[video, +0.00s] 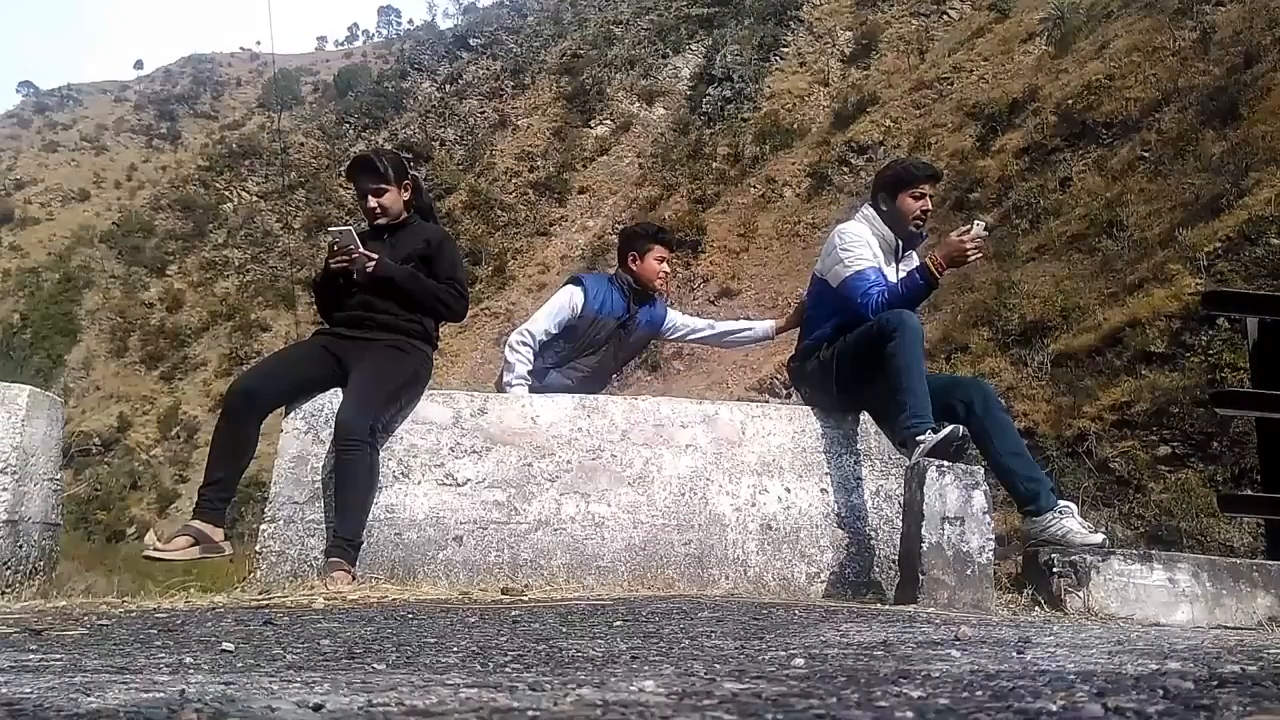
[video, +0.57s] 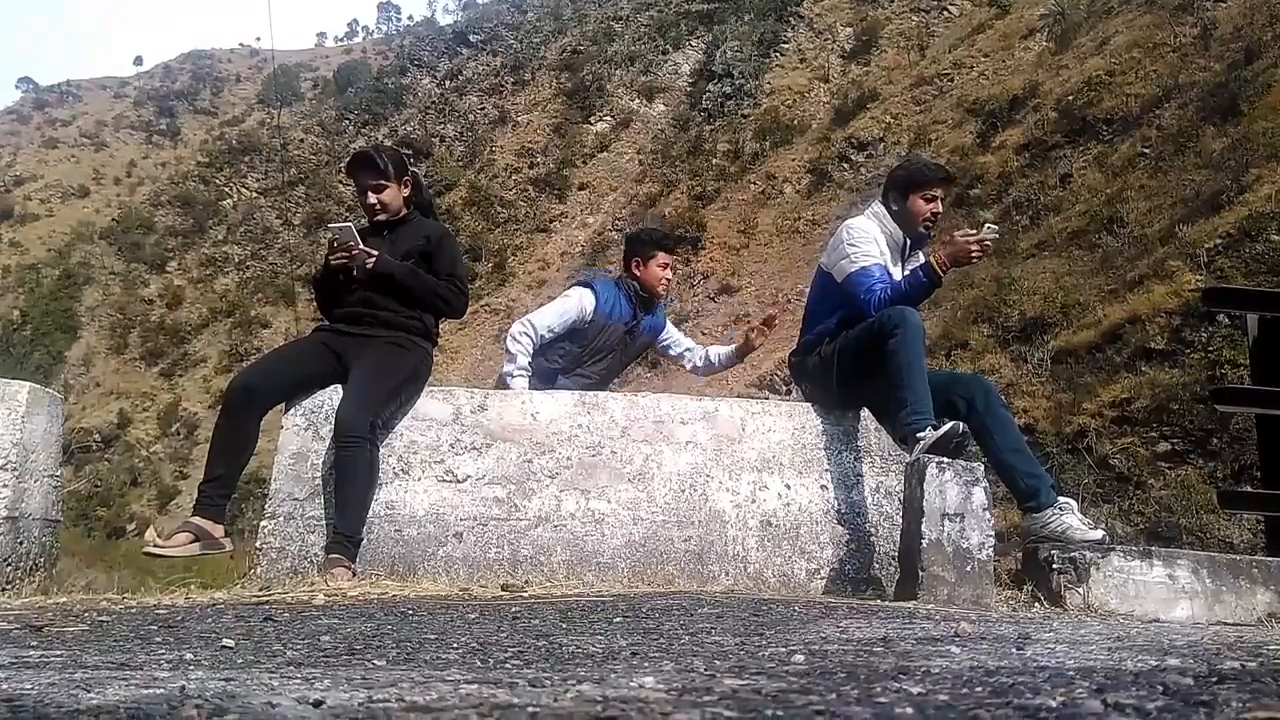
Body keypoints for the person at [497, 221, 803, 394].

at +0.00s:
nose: (667, 270)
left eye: (668, 262)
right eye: (661, 261)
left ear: (647, 264)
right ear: (633, 261)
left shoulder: (656, 315)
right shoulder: (585, 292)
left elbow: (718, 332)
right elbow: (523, 340)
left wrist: (782, 325)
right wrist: (517, 400)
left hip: (581, 410)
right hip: (534, 401)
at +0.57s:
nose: (669, 276)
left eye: (671, 268)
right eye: (662, 267)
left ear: (665, 272)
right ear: (636, 266)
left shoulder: (654, 320)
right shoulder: (593, 295)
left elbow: (698, 359)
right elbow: (524, 331)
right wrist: (518, 392)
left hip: (581, 409)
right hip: (538, 400)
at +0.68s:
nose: (669, 295)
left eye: (672, 288)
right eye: (665, 285)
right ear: (640, 280)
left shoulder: (647, 336)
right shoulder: (590, 307)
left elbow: (667, 384)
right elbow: (518, 333)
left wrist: (696, 387)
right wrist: (516, 391)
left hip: (566, 414)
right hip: (525, 400)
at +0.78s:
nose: (669, 320)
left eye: (671, 313)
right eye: (666, 310)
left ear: (645, 304)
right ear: (642, 302)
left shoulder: (639, 352)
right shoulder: (588, 322)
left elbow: (651, 402)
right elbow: (513, 335)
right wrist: (516, 393)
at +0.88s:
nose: (665, 345)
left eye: (669, 338)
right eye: (664, 335)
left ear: (643, 327)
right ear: (641, 326)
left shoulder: (633, 375)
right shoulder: (589, 340)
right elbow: (514, 335)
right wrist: (515, 392)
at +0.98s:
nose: (660, 368)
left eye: (664, 361)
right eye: (660, 358)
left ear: (639, 347)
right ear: (638, 347)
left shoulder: (626, 376)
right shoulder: (582, 355)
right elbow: (513, 335)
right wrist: (516, 391)